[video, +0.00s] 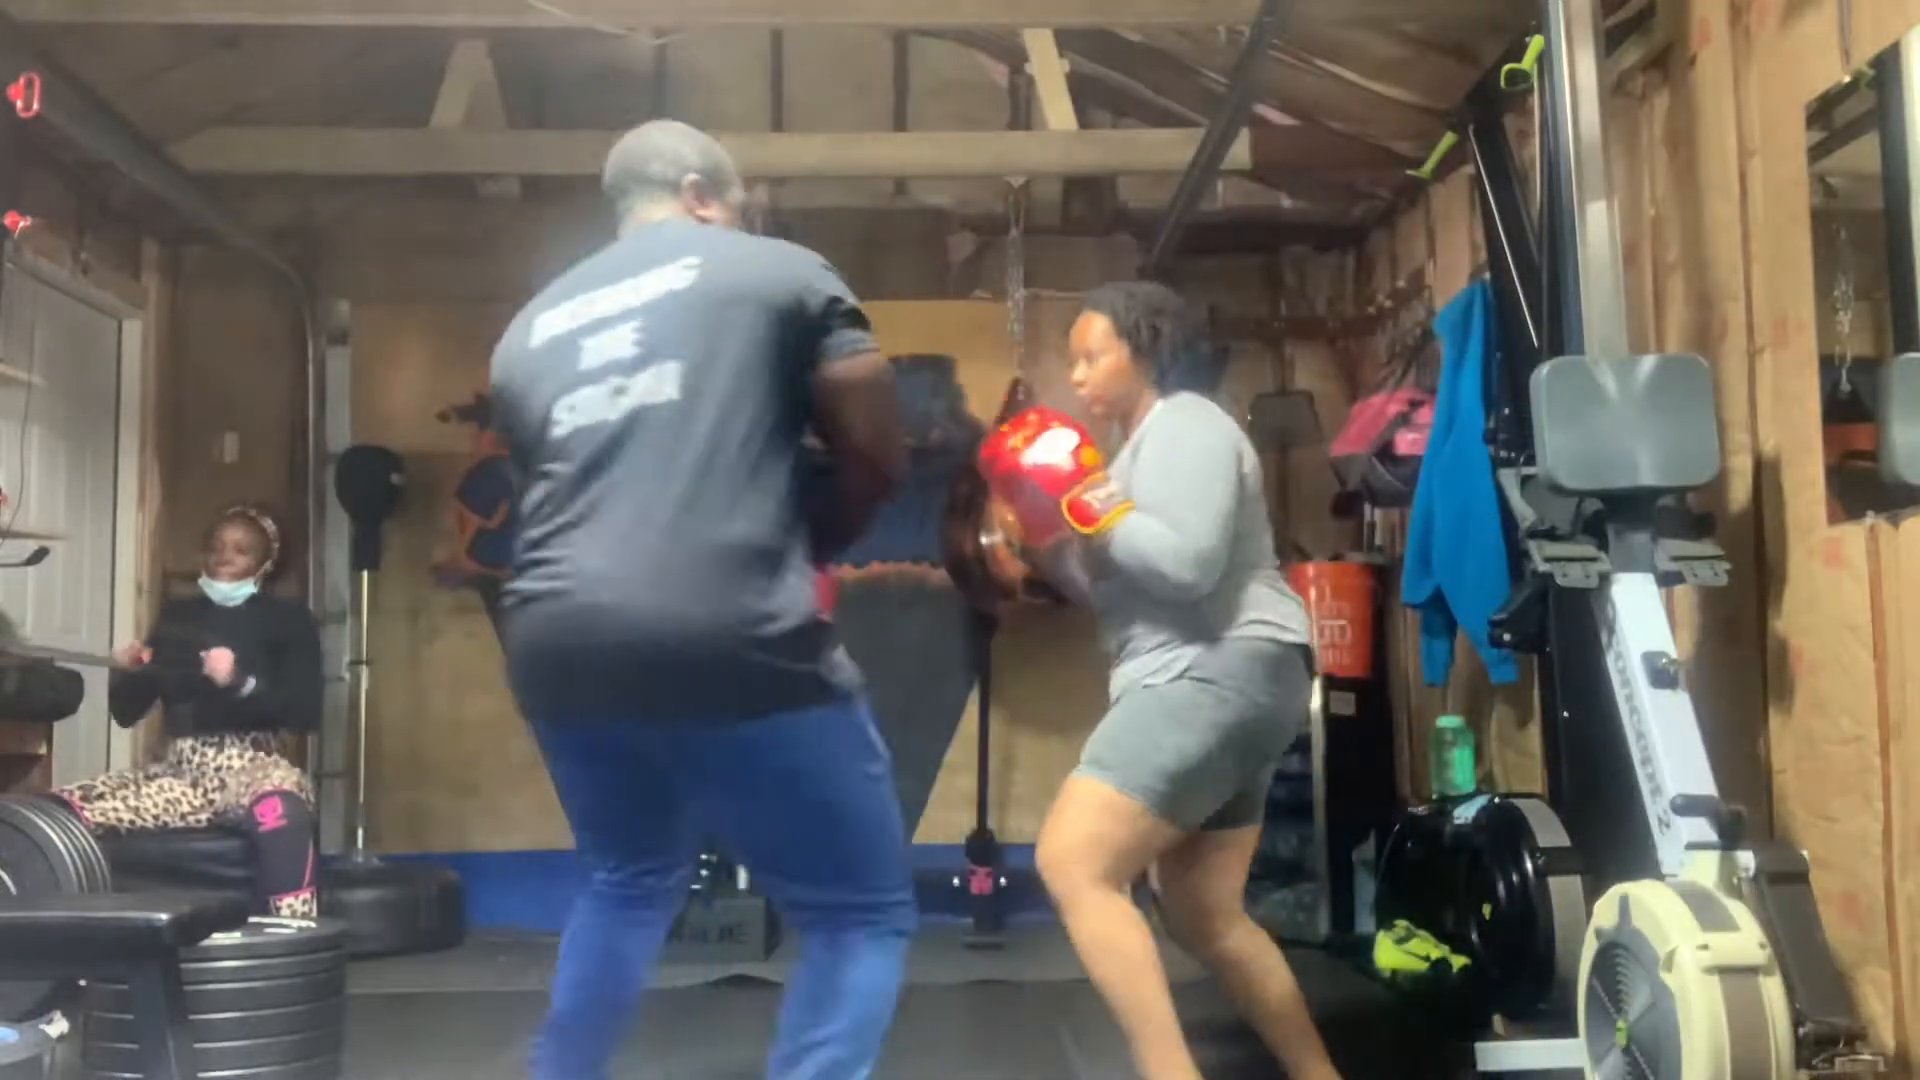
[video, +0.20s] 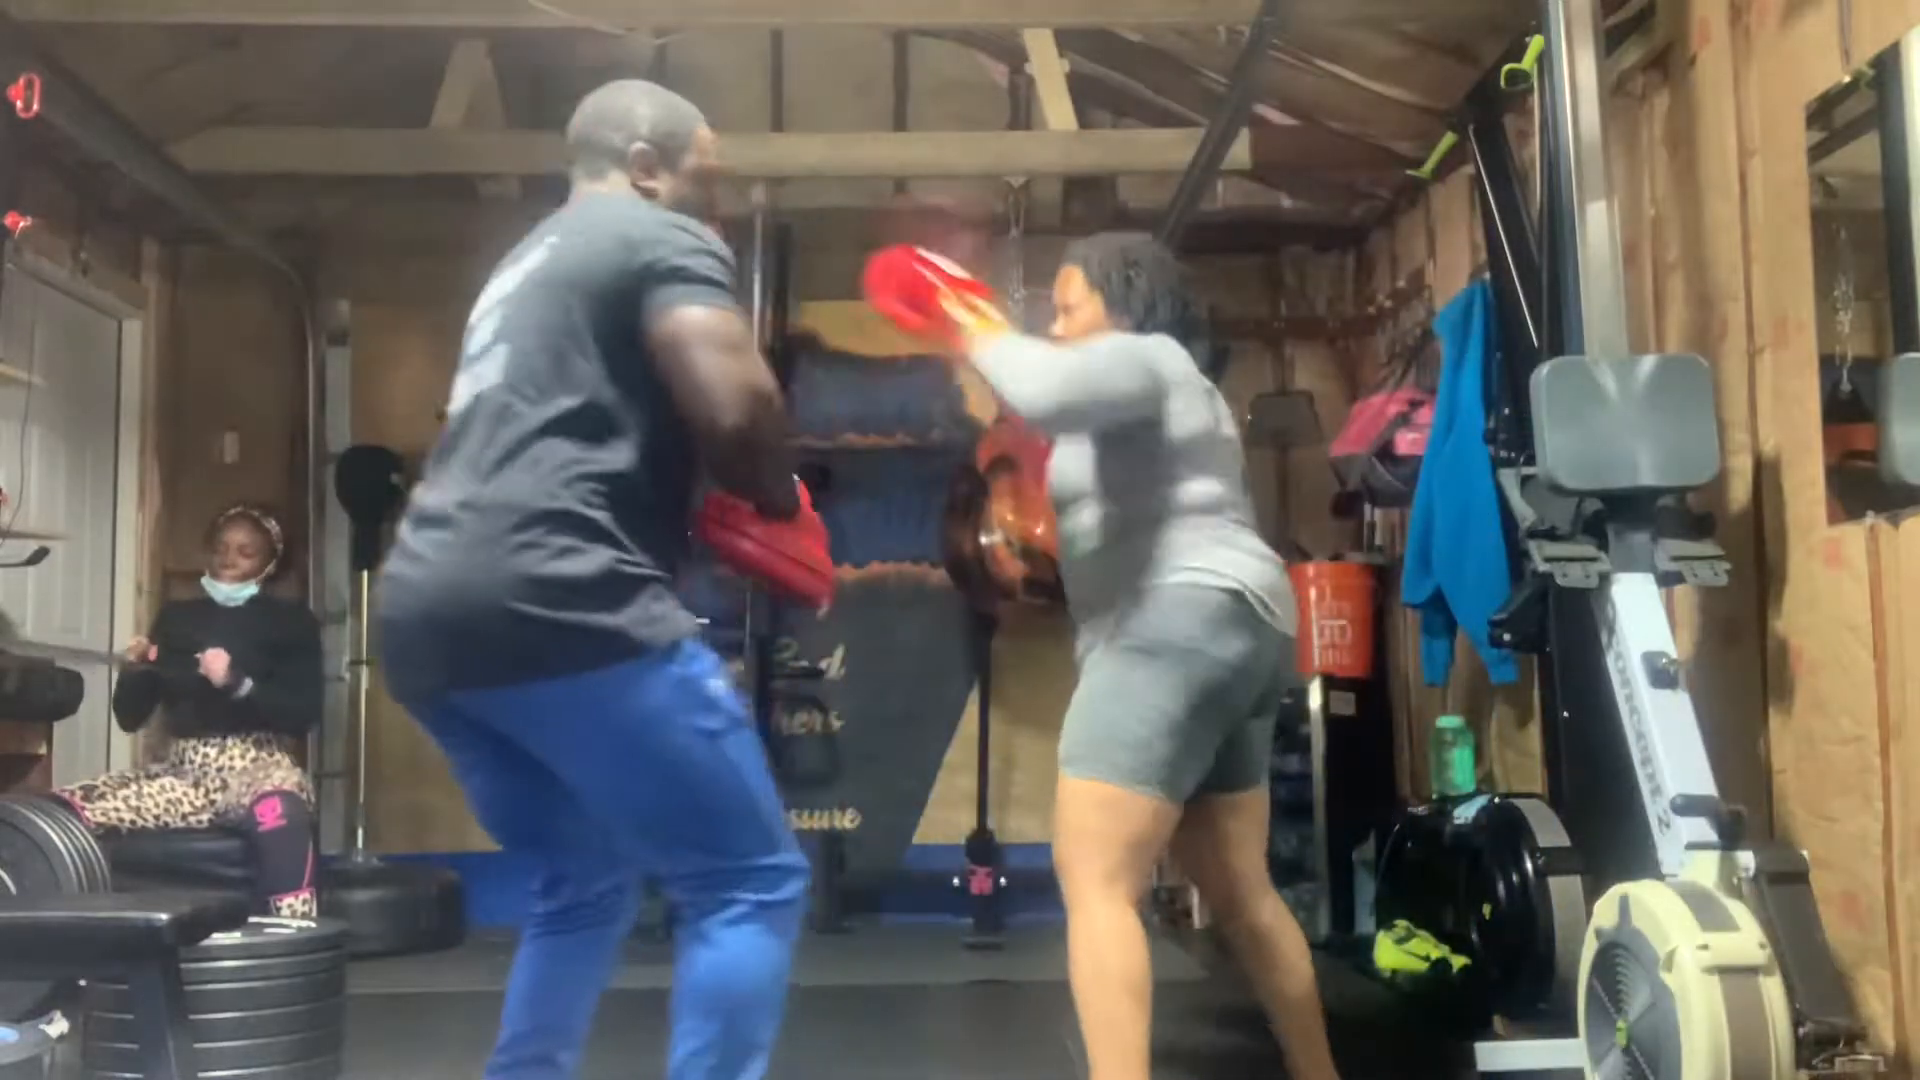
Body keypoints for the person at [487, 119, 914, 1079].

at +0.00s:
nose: (741, 221)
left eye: (736, 209)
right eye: (735, 206)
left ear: (618, 208)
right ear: (699, 195)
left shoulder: (527, 326)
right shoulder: (785, 274)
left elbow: (546, 491)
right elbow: (876, 461)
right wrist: (792, 542)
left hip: (558, 635)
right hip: (734, 629)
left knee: (627, 876)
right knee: (858, 914)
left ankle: (557, 1069)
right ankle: (808, 1071)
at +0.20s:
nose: (716, 198)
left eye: (716, 176)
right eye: (705, 177)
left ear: (596, 170)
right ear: (652, 166)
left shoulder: (527, 255)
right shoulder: (662, 239)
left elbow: (545, 431)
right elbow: (736, 406)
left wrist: (697, 504)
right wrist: (774, 494)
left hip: (420, 604)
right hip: (560, 591)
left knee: (579, 890)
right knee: (748, 884)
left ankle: (523, 1073)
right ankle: (709, 1070)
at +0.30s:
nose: (680, 169)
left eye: (679, 148)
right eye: (669, 148)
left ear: (559, 139)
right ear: (613, 139)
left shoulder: (500, 225)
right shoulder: (599, 216)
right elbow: (658, 390)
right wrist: (733, 479)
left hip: (374, 591)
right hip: (495, 578)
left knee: (531, 893)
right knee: (672, 882)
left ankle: (503, 1071)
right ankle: (553, 1069)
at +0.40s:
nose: (635, 158)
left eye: (636, 134)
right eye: (626, 132)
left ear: (523, 118)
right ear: (562, 116)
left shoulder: (457, 204)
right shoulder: (545, 202)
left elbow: (498, 402)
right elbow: (602, 376)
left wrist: (653, 330)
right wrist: (689, 466)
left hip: (371, 588)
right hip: (447, 589)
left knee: (514, 903)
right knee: (555, 919)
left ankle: (493, 1065)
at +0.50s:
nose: (596, 144)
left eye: (598, 122)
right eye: (587, 119)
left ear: (472, 107)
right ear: (521, 111)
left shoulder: (422, 197)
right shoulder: (502, 194)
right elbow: (556, 376)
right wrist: (653, 460)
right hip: (390, 605)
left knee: (520, 889)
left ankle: (492, 1070)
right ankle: (189, 1073)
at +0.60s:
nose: (571, 140)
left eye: (572, 114)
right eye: (560, 111)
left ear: (469, 104)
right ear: (483, 99)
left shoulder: (418, 185)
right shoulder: (442, 179)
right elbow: (490, 361)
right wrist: (612, 442)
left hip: (392, 626)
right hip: (310, 610)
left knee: (474, 887)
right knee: (229, 951)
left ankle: (472, 1070)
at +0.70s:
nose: (527, 124)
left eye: (530, 100)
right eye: (517, 95)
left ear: (436, 85)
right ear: (440, 80)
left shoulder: (426, 192)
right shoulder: (374, 153)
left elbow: (501, 340)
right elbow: (409, 340)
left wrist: (587, 218)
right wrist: (564, 421)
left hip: (340, 626)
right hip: (235, 603)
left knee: (410, 901)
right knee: (157, 944)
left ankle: (440, 1076)